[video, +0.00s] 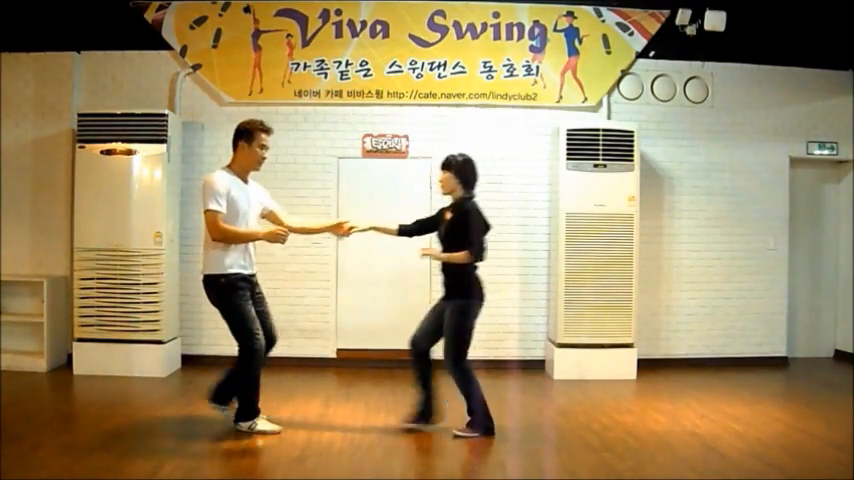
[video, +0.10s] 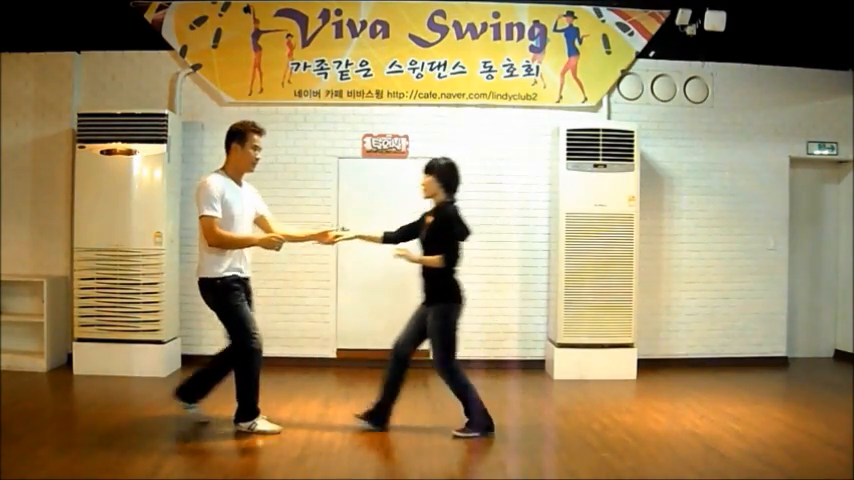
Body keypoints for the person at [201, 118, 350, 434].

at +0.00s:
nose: (266, 154)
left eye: (267, 148)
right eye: (262, 147)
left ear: (251, 149)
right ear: (241, 146)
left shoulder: (253, 189)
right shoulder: (216, 182)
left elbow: (286, 226)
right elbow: (216, 232)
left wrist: (329, 227)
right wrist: (263, 234)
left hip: (246, 276)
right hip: (222, 278)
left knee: (266, 338)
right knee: (253, 342)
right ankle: (247, 416)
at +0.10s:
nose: (259, 155)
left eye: (260, 149)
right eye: (255, 148)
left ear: (245, 151)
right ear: (234, 147)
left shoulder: (249, 192)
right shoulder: (211, 185)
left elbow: (272, 233)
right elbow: (212, 237)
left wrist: (314, 236)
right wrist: (258, 241)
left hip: (240, 279)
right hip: (217, 280)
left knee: (242, 345)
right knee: (250, 341)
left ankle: (188, 394)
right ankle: (247, 417)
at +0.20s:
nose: (254, 154)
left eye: (255, 148)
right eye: (249, 147)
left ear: (241, 150)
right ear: (229, 147)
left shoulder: (243, 191)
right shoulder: (206, 185)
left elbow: (261, 235)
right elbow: (204, 237)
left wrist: (301, 238)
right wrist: (249, 241)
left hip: (228, 279)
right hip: (209, 280)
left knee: (212, 348)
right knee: (240, 341)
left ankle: (173, 403)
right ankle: (246, 416)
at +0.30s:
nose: (250, 152)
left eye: (251, 146)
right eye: (245, 145)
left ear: (235, 148)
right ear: (225, 145)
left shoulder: (239, 187)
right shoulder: (201, 182)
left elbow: (250, 235)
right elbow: (198, 233)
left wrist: (289, 235)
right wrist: (243, 236)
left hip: (218, 274)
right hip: (198, 274)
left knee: (199, 344)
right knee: (227, 339)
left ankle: (171, 407)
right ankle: (235, 415)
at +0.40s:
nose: (246, 153)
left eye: (247, 147)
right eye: (242, 145)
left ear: (228, 148)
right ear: (222, 145)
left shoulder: (233, 186)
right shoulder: (197, 181)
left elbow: (241, 233)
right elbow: (194, 233)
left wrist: (276, 235)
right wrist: (240, 235)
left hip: (214, 274)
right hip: (193, 274)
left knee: (197, 344)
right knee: (220, 337)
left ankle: (169, 408)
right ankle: (201, 410)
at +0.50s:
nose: (244, 155)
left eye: (244, 149)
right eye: (239, 148)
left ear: (225, 149)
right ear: (219, 147)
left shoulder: (229, 188)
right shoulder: (195, 183)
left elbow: (234, 234)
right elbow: (191, 235)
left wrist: (265, 240)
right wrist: (237, 242)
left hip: (213, 277)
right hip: (191, 277)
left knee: (206, 344)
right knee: (208, 344)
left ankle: (176, 405)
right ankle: (172, 408)